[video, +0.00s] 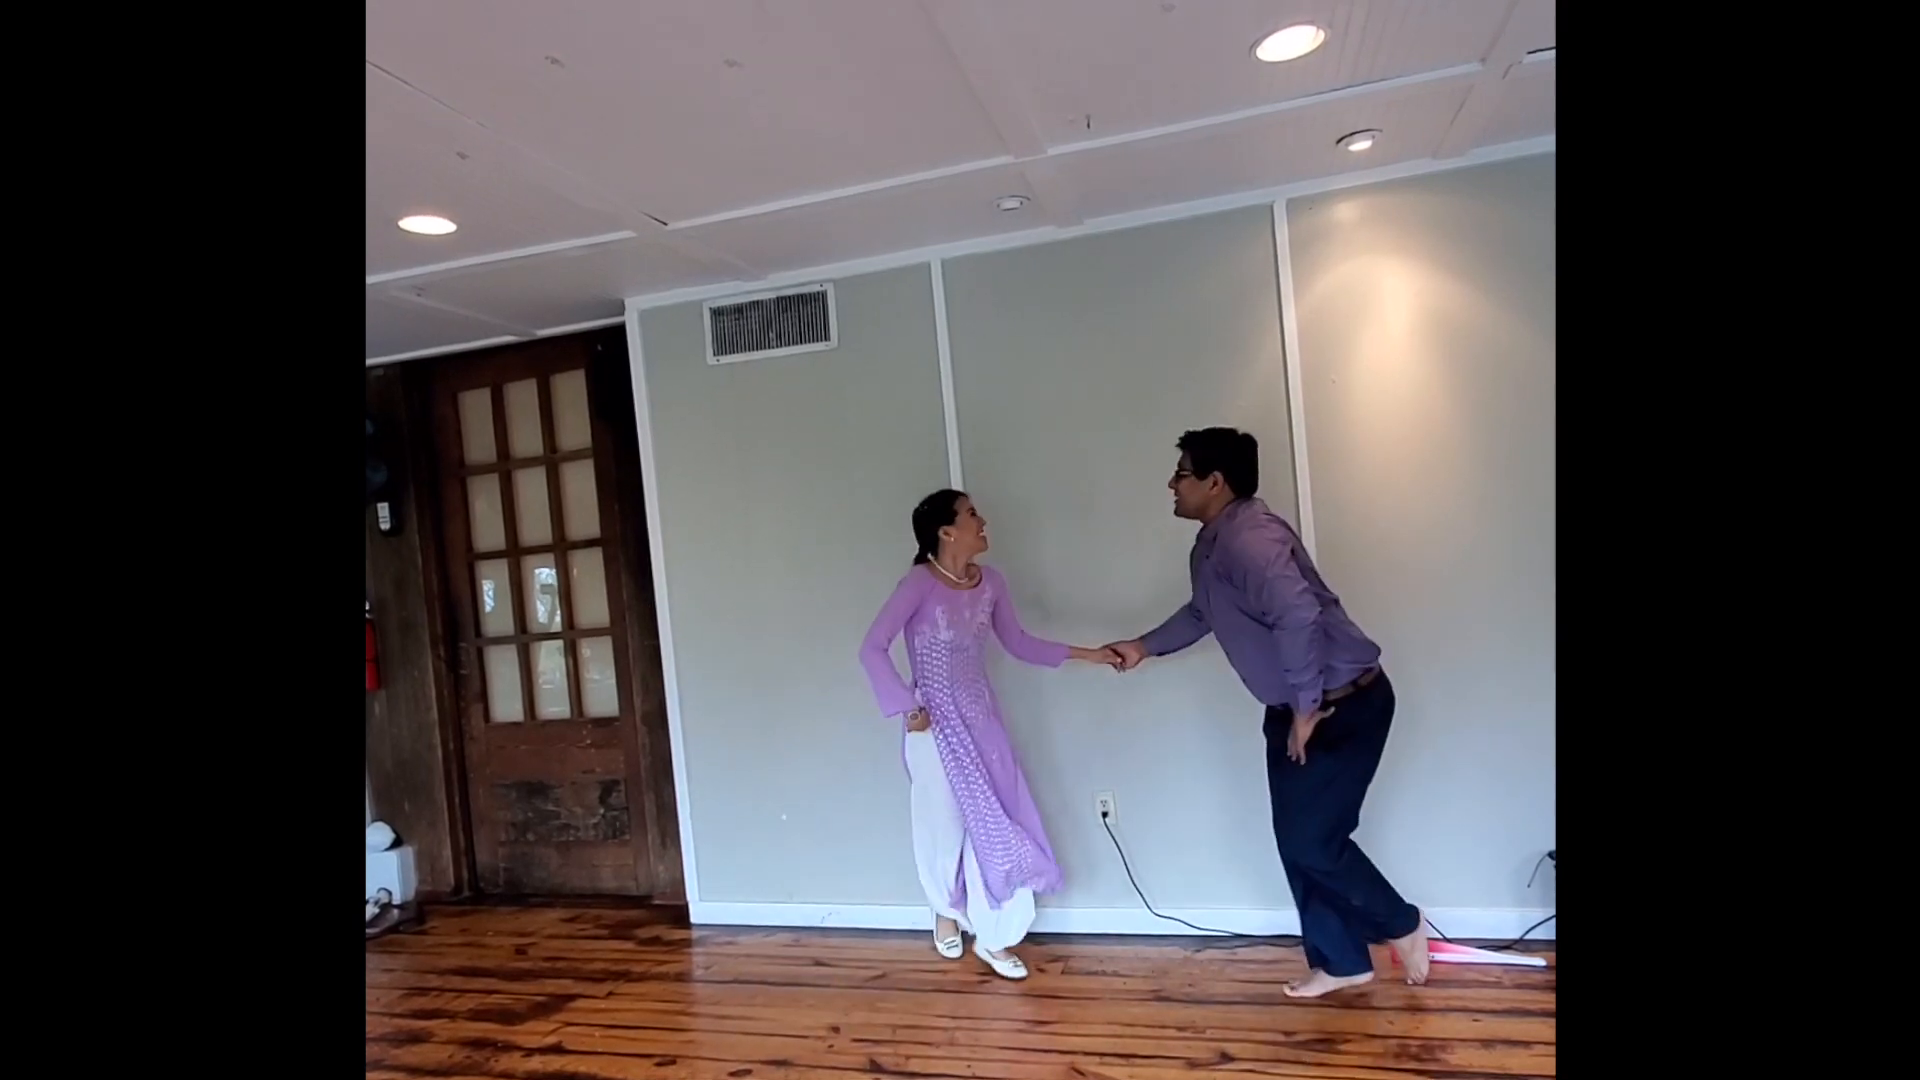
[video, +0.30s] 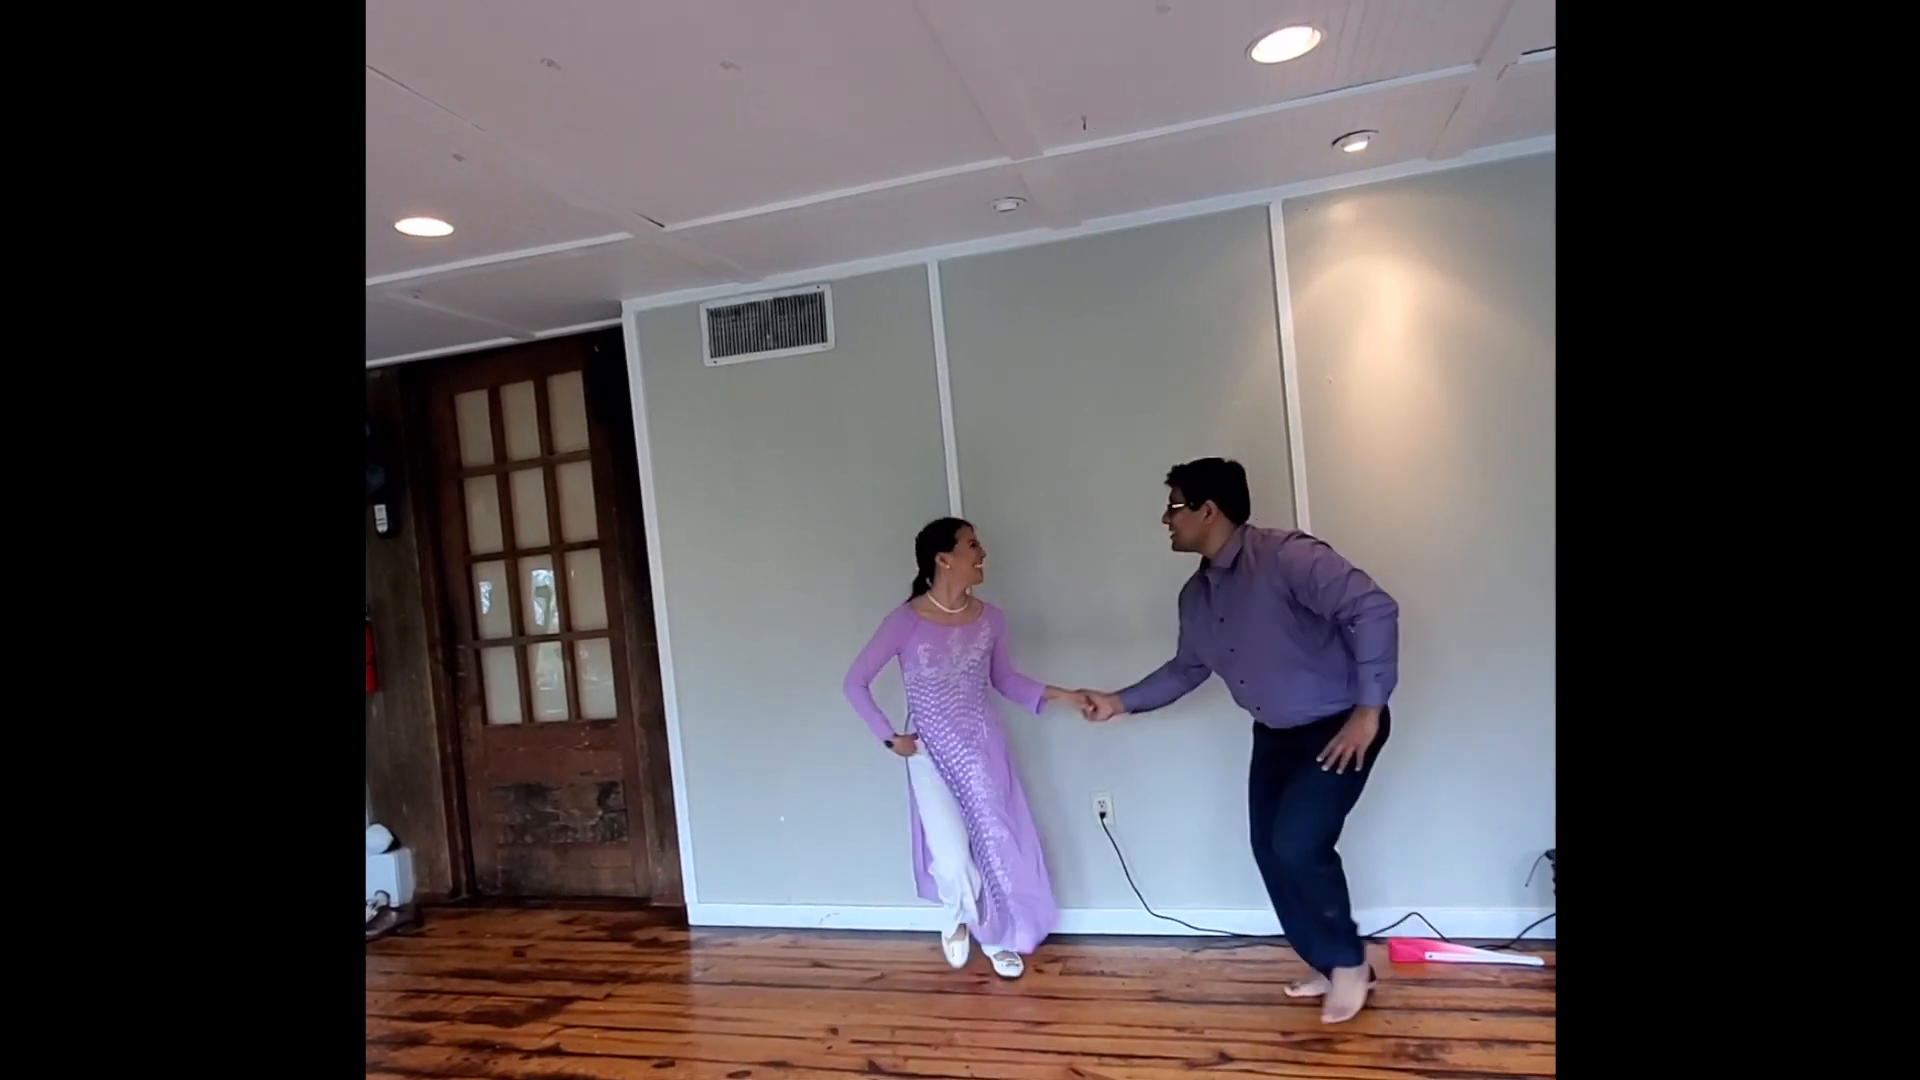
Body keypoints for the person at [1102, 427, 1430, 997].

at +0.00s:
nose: (1172, 483)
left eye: (1183, 474)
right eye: (1176, 472)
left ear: (1217, 483)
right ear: (1213, 483)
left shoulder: (1251, 537)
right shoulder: (1212, 541)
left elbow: (1299, 615)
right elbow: (1203, 613)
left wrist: (1305, 705)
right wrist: (1144, 647)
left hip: (1346, 701)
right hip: (1293, 705)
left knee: (1314, 840)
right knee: (1297, 839)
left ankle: (1405, 925)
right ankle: (1343, 963)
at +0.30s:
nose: (1166, 518)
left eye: (1174, 507)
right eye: (1167, 507)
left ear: (1209, 511)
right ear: (1205, 513)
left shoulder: (1285, 555)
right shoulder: (1197, 596)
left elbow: (1372, 609)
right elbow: (1188, 668)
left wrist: (1370, 707)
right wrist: (1120, 701)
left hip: (1340, 722)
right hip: (1275, 731)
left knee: (1297, 844)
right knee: (1270, 848)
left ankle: (1348, 964)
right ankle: (1330, 962)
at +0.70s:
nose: (1181, 515)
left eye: (1192, 501)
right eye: (1176, 506)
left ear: (1235, 500)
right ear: (1181, 516)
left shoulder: (1321, 546)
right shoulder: (1179, 599)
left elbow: (1392, 605)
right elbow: (1133, 667)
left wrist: (1399, 693)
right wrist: (1052, 683)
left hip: (1334, 742)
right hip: (1248, 753)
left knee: (1336, 873)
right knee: (1268, 879)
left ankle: (1312, 997)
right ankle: (1301, 950)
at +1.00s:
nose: (1206, 491)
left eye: (1217, 476)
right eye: (1197, 484)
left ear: (1260, 473)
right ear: (1197, 494)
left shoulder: (1322, 521)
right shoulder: (1199, 555)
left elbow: (1356, 581)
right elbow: (1152, 596)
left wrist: (1364, 658)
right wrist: (1103, 597)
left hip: (1305, 725)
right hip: (1226, 732)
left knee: (1313, 850)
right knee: (1252, 859)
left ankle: (1268, 979)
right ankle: (1281, 962)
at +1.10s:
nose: (1230, 491)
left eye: (1243, 476)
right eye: (1219, 482)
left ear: (1278, 479)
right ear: (1213, 492)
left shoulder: (1319, 533)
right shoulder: (1206, 558)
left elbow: (1333, 615)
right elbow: (1162, 644)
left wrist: (1331, 688)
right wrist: (1189, 624)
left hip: (1298, 735)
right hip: (1220, 743)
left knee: (1302, 866)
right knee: (1239, 873)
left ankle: (1261, 991)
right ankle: (1266, 959)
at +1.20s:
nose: (1264, 484)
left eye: (1274, 469)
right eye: (1246, 477)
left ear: (1290, 476)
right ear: (1225, 491)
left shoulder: (1301, 542)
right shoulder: (1218, 567)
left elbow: (1294, 629)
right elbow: (1208, 657)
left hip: (1290, 728)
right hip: (1222, 737)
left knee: (1296, 871)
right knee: (1263, 872)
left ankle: (1259, 994)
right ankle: (1218, 938)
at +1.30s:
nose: (1298, 466)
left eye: (1299, 455)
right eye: (1281, 460)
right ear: (1240, 480)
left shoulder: (1255, 527)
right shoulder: (1249, 553)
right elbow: (1259, 651)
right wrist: (1349, 693)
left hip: (1265, 720)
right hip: (1231, 729)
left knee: (1289, 857)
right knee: (1317, 862)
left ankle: (1261, 993)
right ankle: (1216, 949)